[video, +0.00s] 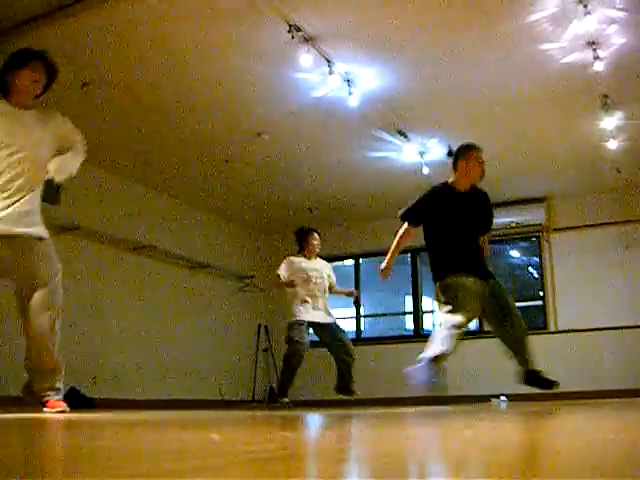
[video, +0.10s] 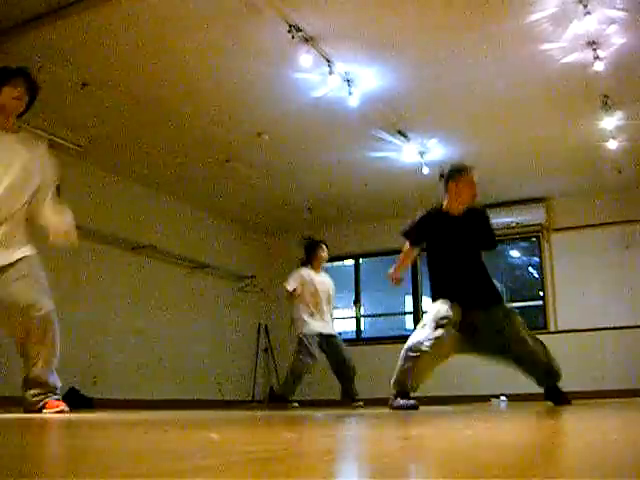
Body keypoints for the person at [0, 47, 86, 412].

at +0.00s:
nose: (36, 84)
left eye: (41, 80)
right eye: (31, 74)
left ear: (44, 87)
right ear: (12, 74)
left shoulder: (51, 122)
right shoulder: (1, 114)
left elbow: (79, 146)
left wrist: (64, 164)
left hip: (26, 223)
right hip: (5, 222)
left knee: (43, 304)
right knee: (39, 304)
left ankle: (46, 387)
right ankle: (46, 388)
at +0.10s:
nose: (14, 101)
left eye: (21, 98)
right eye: (11, 93)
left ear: (25, 106)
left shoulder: (32, 150)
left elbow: (44, 202)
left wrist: (59, 223)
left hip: (11, 247)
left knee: (39, 308)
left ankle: (41, 390)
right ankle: (41, 390)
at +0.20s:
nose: (5, 100)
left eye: (10, 97)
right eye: (3, 93)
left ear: (16, 106)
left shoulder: (22, 151)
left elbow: (27, 214)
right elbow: (26, 215)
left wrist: (30, 262)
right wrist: (27, 262)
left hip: (6, 248)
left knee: (24, 308)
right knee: (22, 308)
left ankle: (39, 392)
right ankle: (39, 391)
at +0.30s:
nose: (3, 90)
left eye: (8, 87)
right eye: (1, 84)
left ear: (13, 97)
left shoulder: (16, 138)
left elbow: (21, 189)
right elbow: (21, 191)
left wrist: (36, 224)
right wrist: (36, 223)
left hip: (4, 240)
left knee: (18, 310)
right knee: (15, 311)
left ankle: (37, 392)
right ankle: (35, 391)